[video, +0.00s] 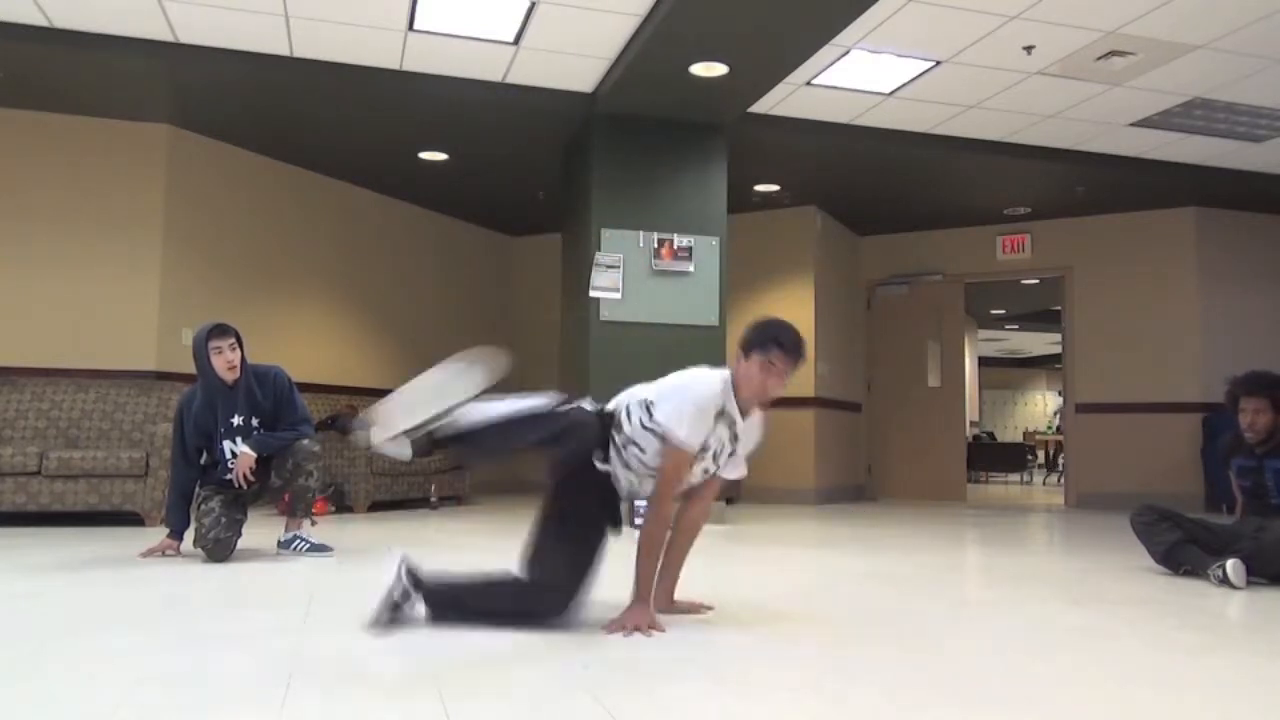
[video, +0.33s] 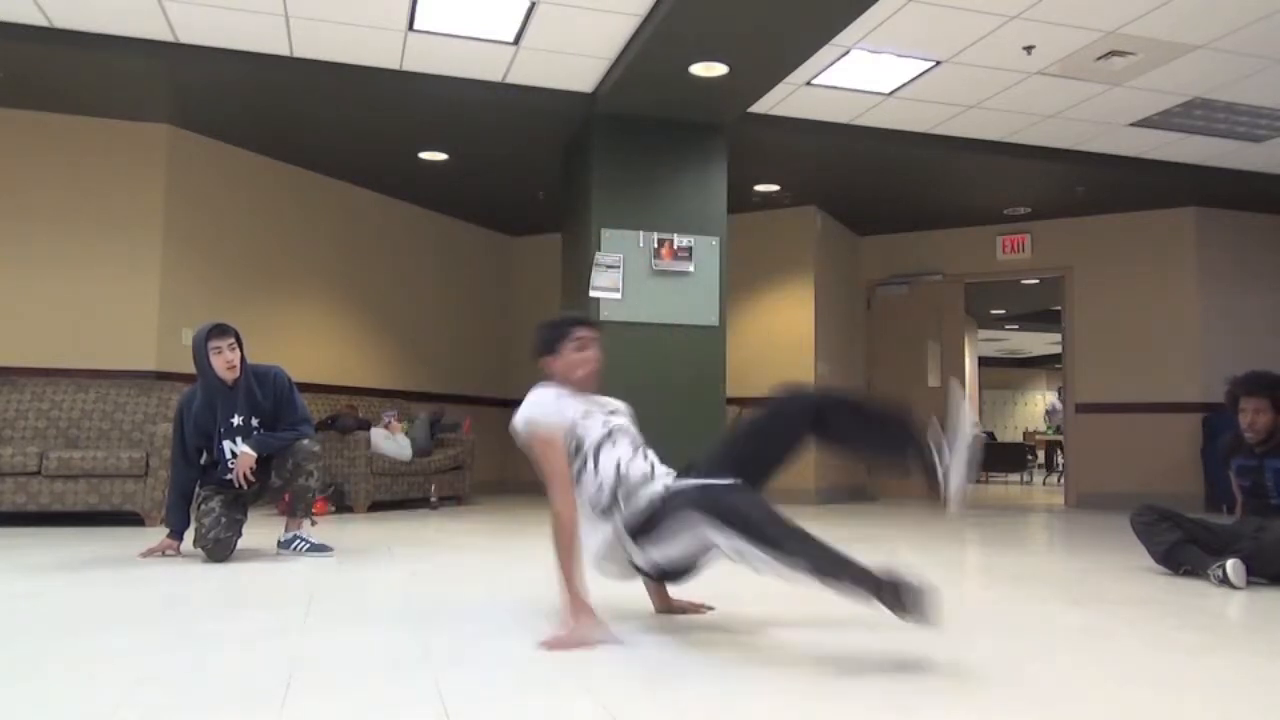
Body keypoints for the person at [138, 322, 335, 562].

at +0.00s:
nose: (229, 357)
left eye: (233, 348)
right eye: (218, 352)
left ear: (241, 350)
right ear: (204, 360)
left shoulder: (272, 381)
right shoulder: (193, 404)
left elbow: (304, 430)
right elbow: (184, 471)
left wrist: (255, 446)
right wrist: (174, 535)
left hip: (266, 476)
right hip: (220, 487)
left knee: (306, 450)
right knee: (215, 549)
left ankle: (292, 534)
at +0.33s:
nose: (229, 357)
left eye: (232, 348)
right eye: (218, 352)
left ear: (241, 350)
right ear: (204, 360)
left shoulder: (272, 381)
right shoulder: (193, 404)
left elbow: (304, 430)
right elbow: (183, 471)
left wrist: (255, 446)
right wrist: (174, 535)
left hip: (266, 476)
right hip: (220, 488)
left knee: (307, 450)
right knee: (215, 549)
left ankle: (292, 534)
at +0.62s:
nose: (229, 357)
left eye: (233, 348)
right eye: (218, 352)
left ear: (241, 350)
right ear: (204, 360)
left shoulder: (272, 381)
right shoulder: (193, 404)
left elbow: (304, 430)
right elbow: (184, 471)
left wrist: (255, 446)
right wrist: (174, 535)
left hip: (266, 476)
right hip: (220, 488)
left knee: (306, 450)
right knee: (215, 549)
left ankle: (292, 534)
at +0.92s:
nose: (230, 358)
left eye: (234, 349)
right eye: (219, 352)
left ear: (242, 351)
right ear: (204, 359)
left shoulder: (272, 380)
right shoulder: (193, 403)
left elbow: (304, 429)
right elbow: (184, 470)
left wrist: (255, 446)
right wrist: (174, 535)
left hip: (266, 476)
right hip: (221, 487)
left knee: (307, 450)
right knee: (215, 549)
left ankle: (292, 534)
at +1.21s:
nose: (230, 358)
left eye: (234, 349)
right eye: (219, 352)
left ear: (242, 351)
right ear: (205, 360)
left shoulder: (273, 380)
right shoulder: (194, 403)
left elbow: (304, 430)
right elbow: (184, 470)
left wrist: (255, 446)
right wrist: (174, 535)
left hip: (266, 476)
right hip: (221, 487)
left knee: (307, 450)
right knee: (215, 549)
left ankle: (292, 535)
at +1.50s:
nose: (230, 358)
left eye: (234, 349)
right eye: (219, 353)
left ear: (242, 351)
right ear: (204, 361)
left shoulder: (273, 381)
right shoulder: (194, 403)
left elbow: (304, 430)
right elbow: (184, 470)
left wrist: (255, 447)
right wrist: (174, 535)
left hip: (266, 476)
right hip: (221, 487)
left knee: (307, 451)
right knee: (216, 549)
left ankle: (292, 534)